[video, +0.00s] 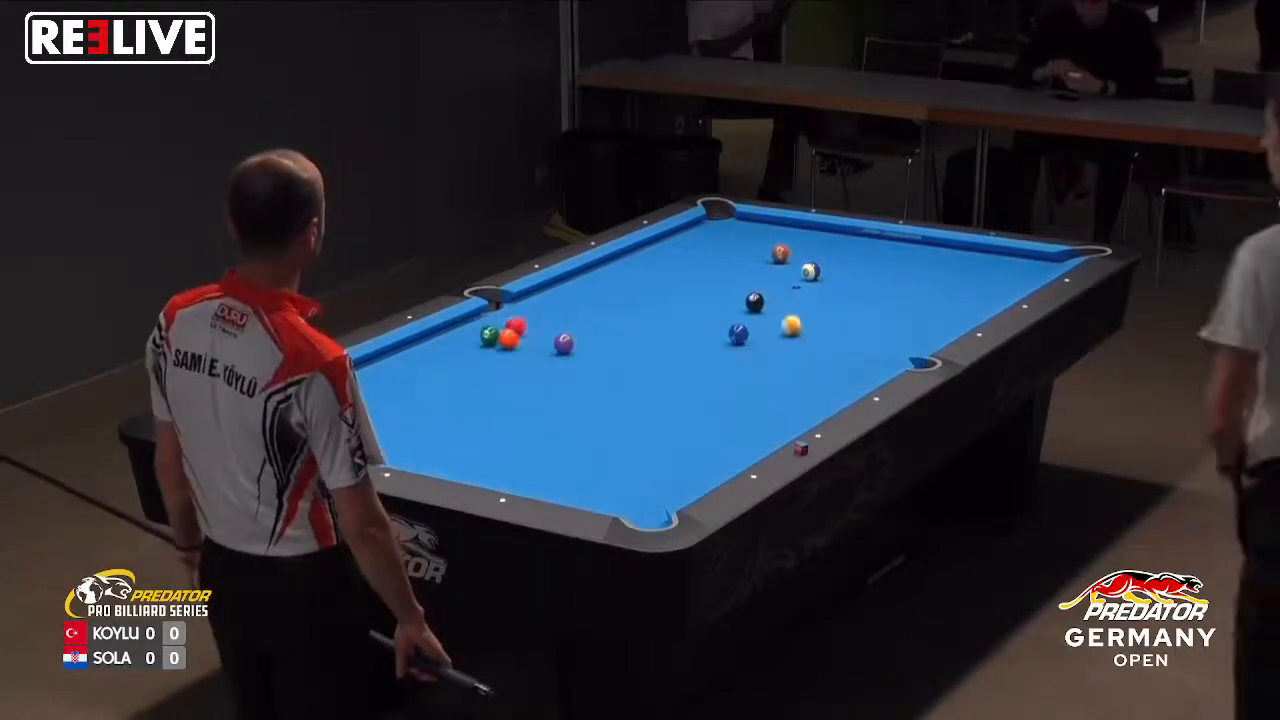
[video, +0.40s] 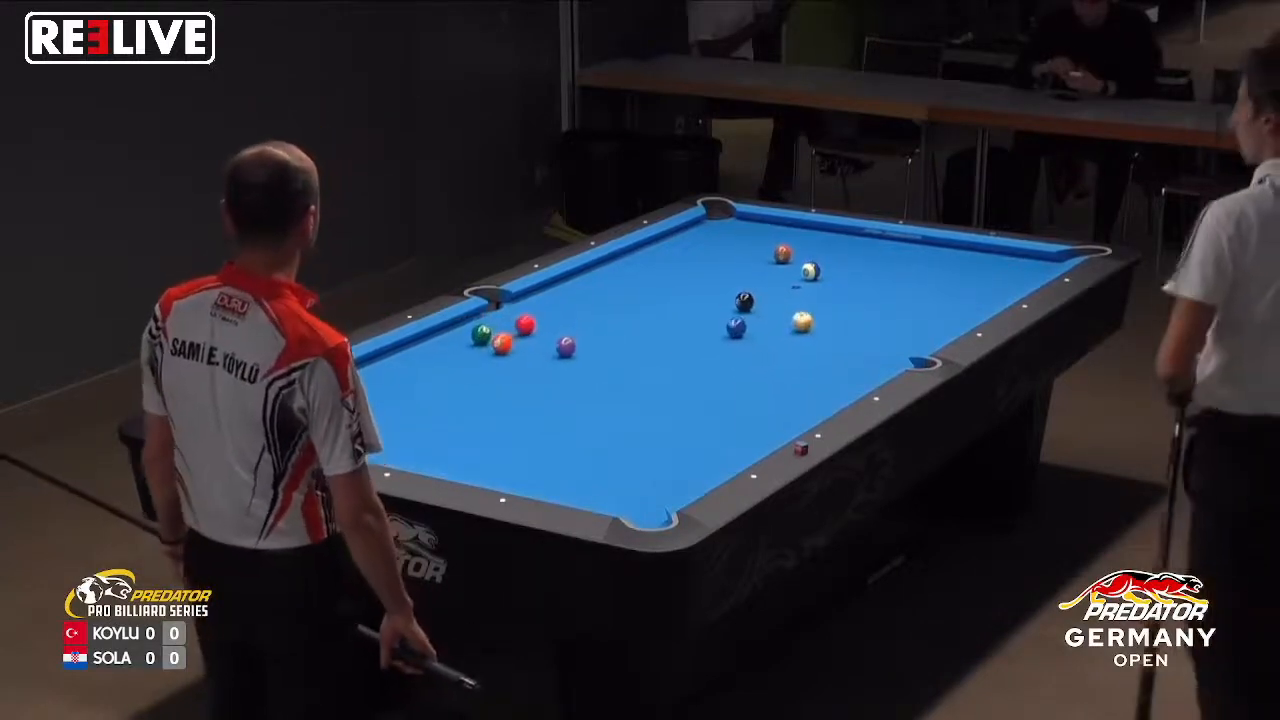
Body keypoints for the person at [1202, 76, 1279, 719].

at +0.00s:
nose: (1266, 144)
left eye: (1268, 130)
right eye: (1269, 130)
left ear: (1273, 141)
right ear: (1274, 143)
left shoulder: (1262, 258)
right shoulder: (1258, 258)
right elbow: (1229, 403)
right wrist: (1237, 469)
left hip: (1271, 480)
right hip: (1269, 477)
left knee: (1263, 636)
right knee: (1260, 635)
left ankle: (1258, 705)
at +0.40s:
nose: (1234, 119)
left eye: (1241, 105)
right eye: (1238, 104)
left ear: (1266, 118)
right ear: (1272, 120)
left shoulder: (1235, 217)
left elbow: (1174, 362)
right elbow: (1175, 362)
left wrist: (1184, 388)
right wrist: (1191, 381)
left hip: (1241, 434)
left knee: (1227, 614)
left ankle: (1232, 705)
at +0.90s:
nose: (1214, 84)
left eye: (1222, 71)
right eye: (1215, 71)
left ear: (1256, 74)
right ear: (1268, 75)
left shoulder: (1221, 163)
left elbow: (1164, 289)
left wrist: (1179, 311)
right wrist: (1189, 299)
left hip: (1219, 361)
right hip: (1275, 360)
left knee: (1192, 515)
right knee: (1274, 538)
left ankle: (1182, 652)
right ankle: (1257, 692)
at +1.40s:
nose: (1180, 39)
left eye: (1191, 27)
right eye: (1183, 26)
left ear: (1232, 37)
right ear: (1240, 37)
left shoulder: (1191, 113)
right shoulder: (1277, 101)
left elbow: (1145, 229)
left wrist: (1180, 234)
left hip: (1202, 296)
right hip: (1274, 298)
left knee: (1187, 453)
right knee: (1269, 457)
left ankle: (1191, 631)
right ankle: (1259, 612)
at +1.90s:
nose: (1194, 9)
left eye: (1205, 0)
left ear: (1242, 5)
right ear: (1255, 8)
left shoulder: (1223, 73)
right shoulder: (1273, 60)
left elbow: (1189, 188)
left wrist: (1164, 217)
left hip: (1225, 242)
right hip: (1277, 238)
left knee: (1202, 389)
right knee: (1275, 393)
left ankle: (1224, 541)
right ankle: (1271, 536)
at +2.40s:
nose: (1133, 1)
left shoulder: (1174, 53)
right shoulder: (1254, 38)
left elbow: (1190, 145)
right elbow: (1267, 134)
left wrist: (1156, 212)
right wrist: (1255, 186)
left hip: (1190, 211)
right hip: (1247, 208)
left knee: (1178, 343)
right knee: (1229, 346)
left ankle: (1186, 465)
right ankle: (1264, 482)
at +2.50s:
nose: (1120, 5)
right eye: (1118, 1)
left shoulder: (1162, 40)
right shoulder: (1226, 25)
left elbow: (1185, 135)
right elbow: (1228, 118)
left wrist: (1153, 202)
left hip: (1182, 198)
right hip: (1223, 193)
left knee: (1174, 332)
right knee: (1199, 329)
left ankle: (1187, 464)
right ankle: (1237, 443)